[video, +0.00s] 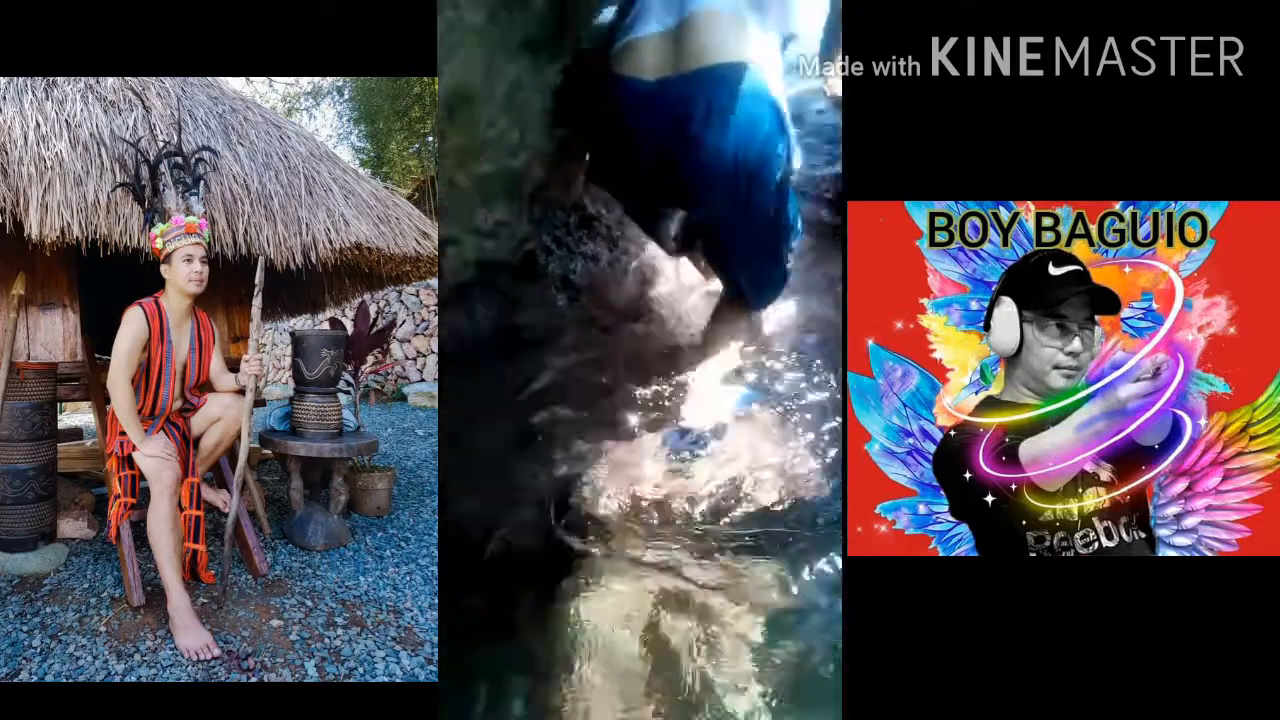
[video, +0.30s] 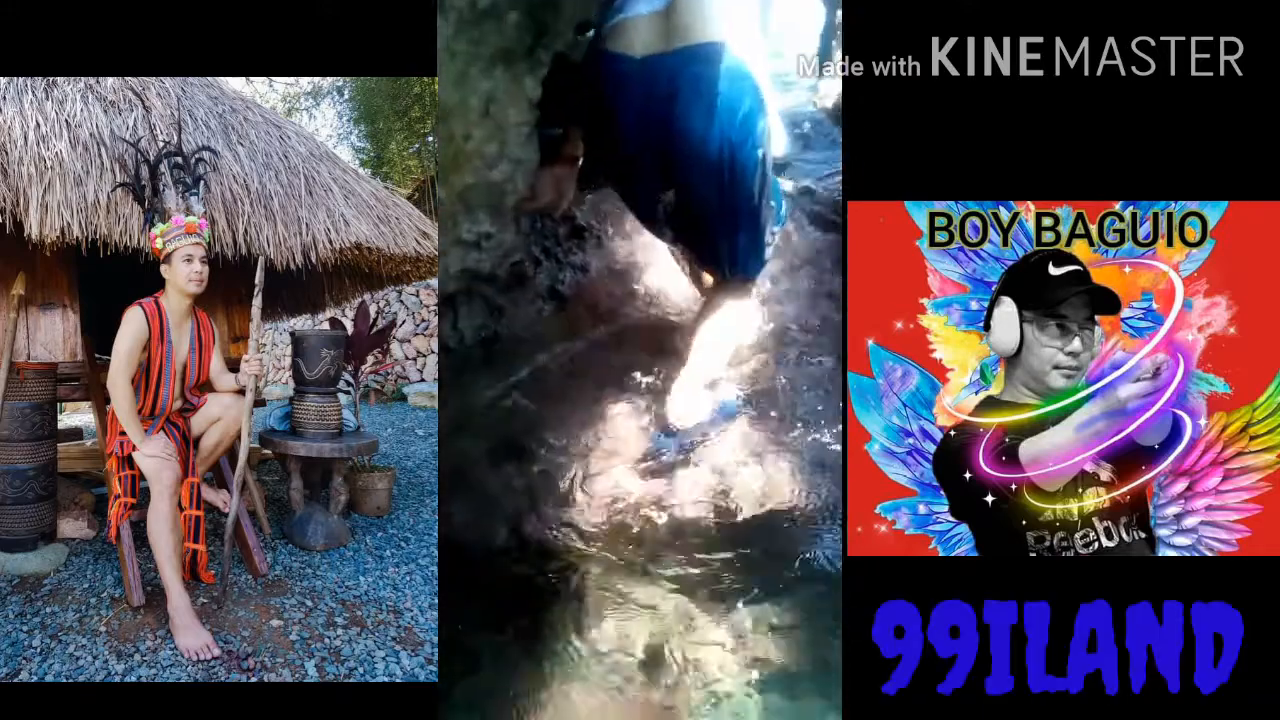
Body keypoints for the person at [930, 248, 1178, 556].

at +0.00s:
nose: (1076, 346)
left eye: (1086, 328)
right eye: (1055, 327)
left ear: (1096, 334)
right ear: (1007, 327)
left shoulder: (1113, 409)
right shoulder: (962, 445)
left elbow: (1155, 435)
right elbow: (1022, 472)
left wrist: (1149, 396)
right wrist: (1106, 412)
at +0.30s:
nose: (1076, 346)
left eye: (1086, 328)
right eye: (1055, 327)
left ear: (1097, 334)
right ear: (1007, 328)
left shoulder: (1113, 409)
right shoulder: (962, 445)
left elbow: (1156, 435)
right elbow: (1021, 472)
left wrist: (1148, 396)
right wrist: (1106, 412)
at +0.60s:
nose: (1076, 346)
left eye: (1086, 328)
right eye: (1055, 327)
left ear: (1097, 334)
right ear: (1007, 328)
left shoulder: (1113, 408)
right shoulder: (962, 446)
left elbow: (1155, 435)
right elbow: (1022, 472)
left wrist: (1149, 396)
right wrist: (1106, 412)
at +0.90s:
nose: (1076, 346)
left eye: (1086, 328)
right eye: (1055, 326)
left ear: (1097, 335)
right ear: (1007, 328)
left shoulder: (1113, 408)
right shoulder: (962, 446)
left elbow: (1156, 435)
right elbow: (1022, 471)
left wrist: (1147, 395)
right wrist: (1105, 413)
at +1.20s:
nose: (1076, 346)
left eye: (1086, 328)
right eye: (1055, 327)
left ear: (1097, 334)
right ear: (1007, 328)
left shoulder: (1114, 408)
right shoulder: (962, 446)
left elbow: (1155, 435)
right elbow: (1022, 472)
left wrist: (1149, 396)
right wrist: (1106, 412)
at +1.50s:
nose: (1076, 346)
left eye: (1086, 328)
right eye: (1055, 327)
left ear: (1097, 334)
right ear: (1007, 327)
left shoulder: (1113, 409)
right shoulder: (963, 446)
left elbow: (1155, 435)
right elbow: (1023, 472)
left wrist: (1148, 396)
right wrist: (1106, 412)